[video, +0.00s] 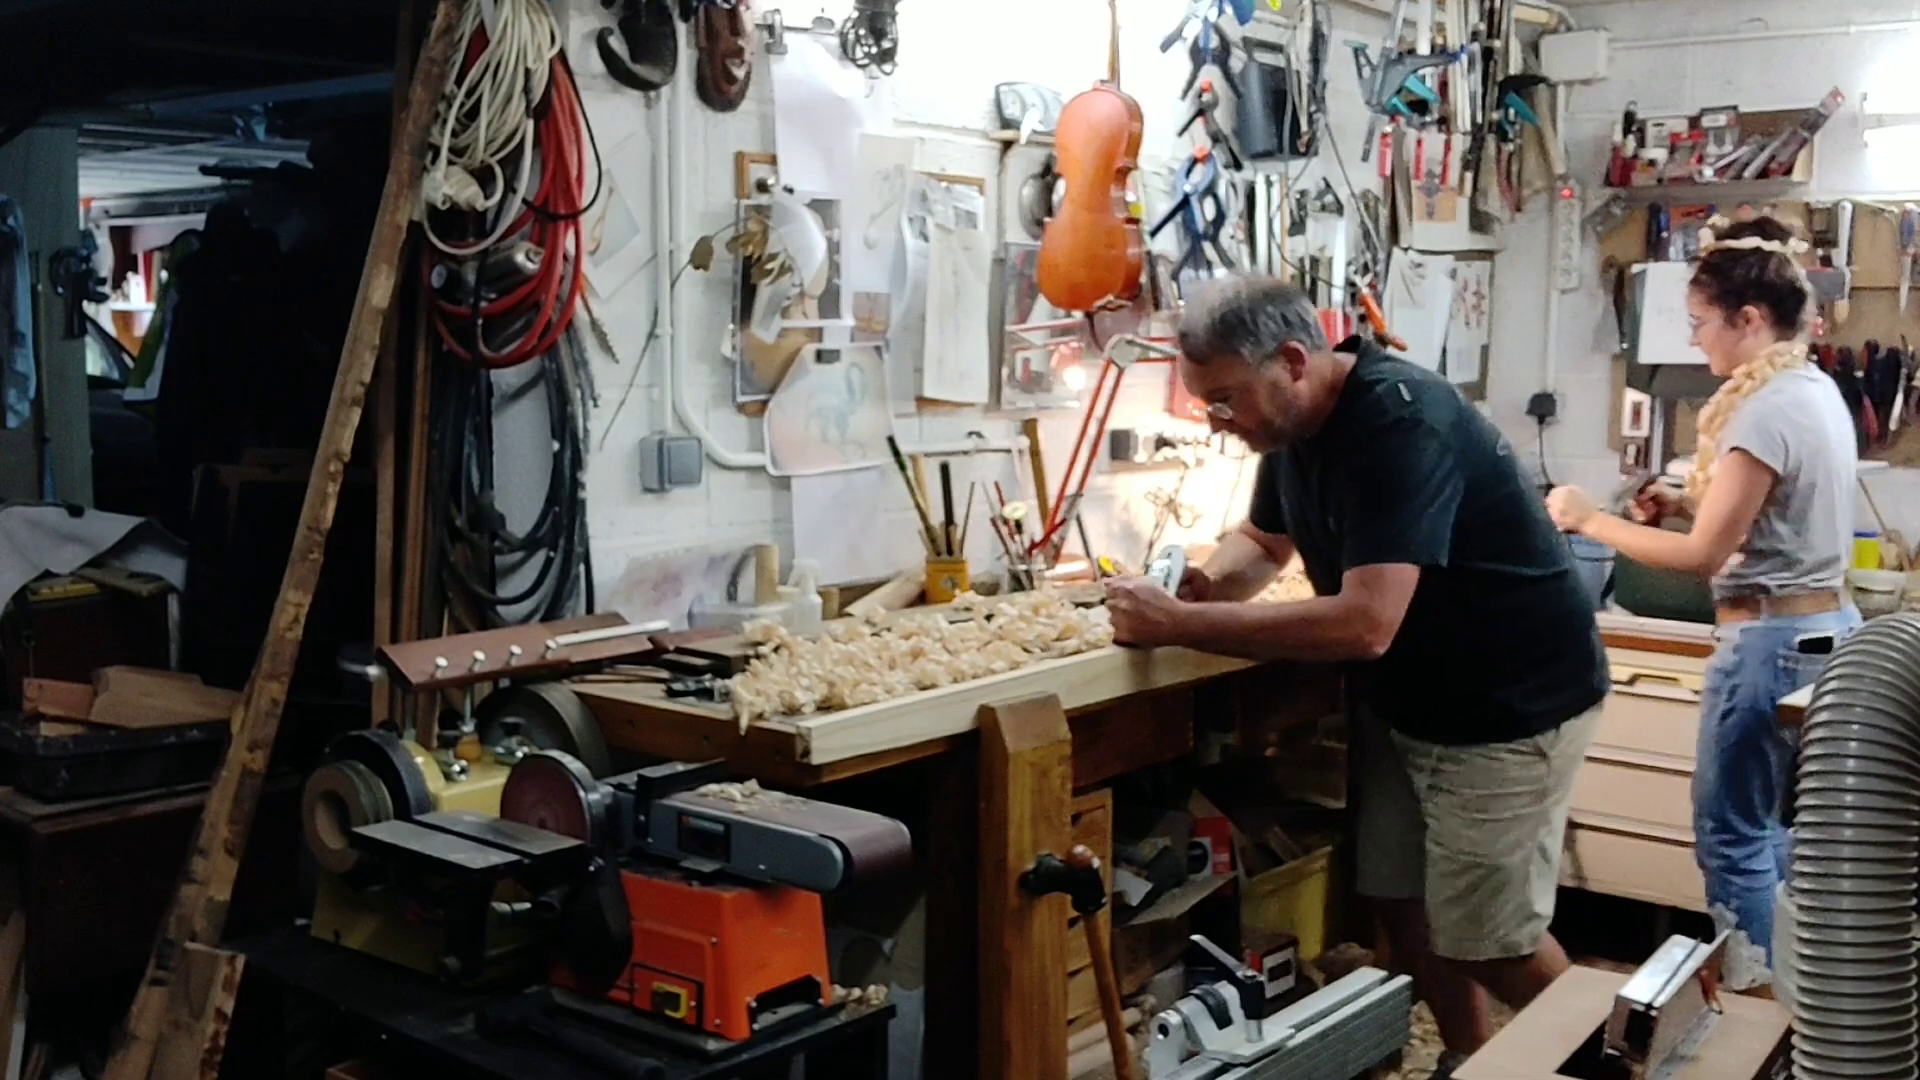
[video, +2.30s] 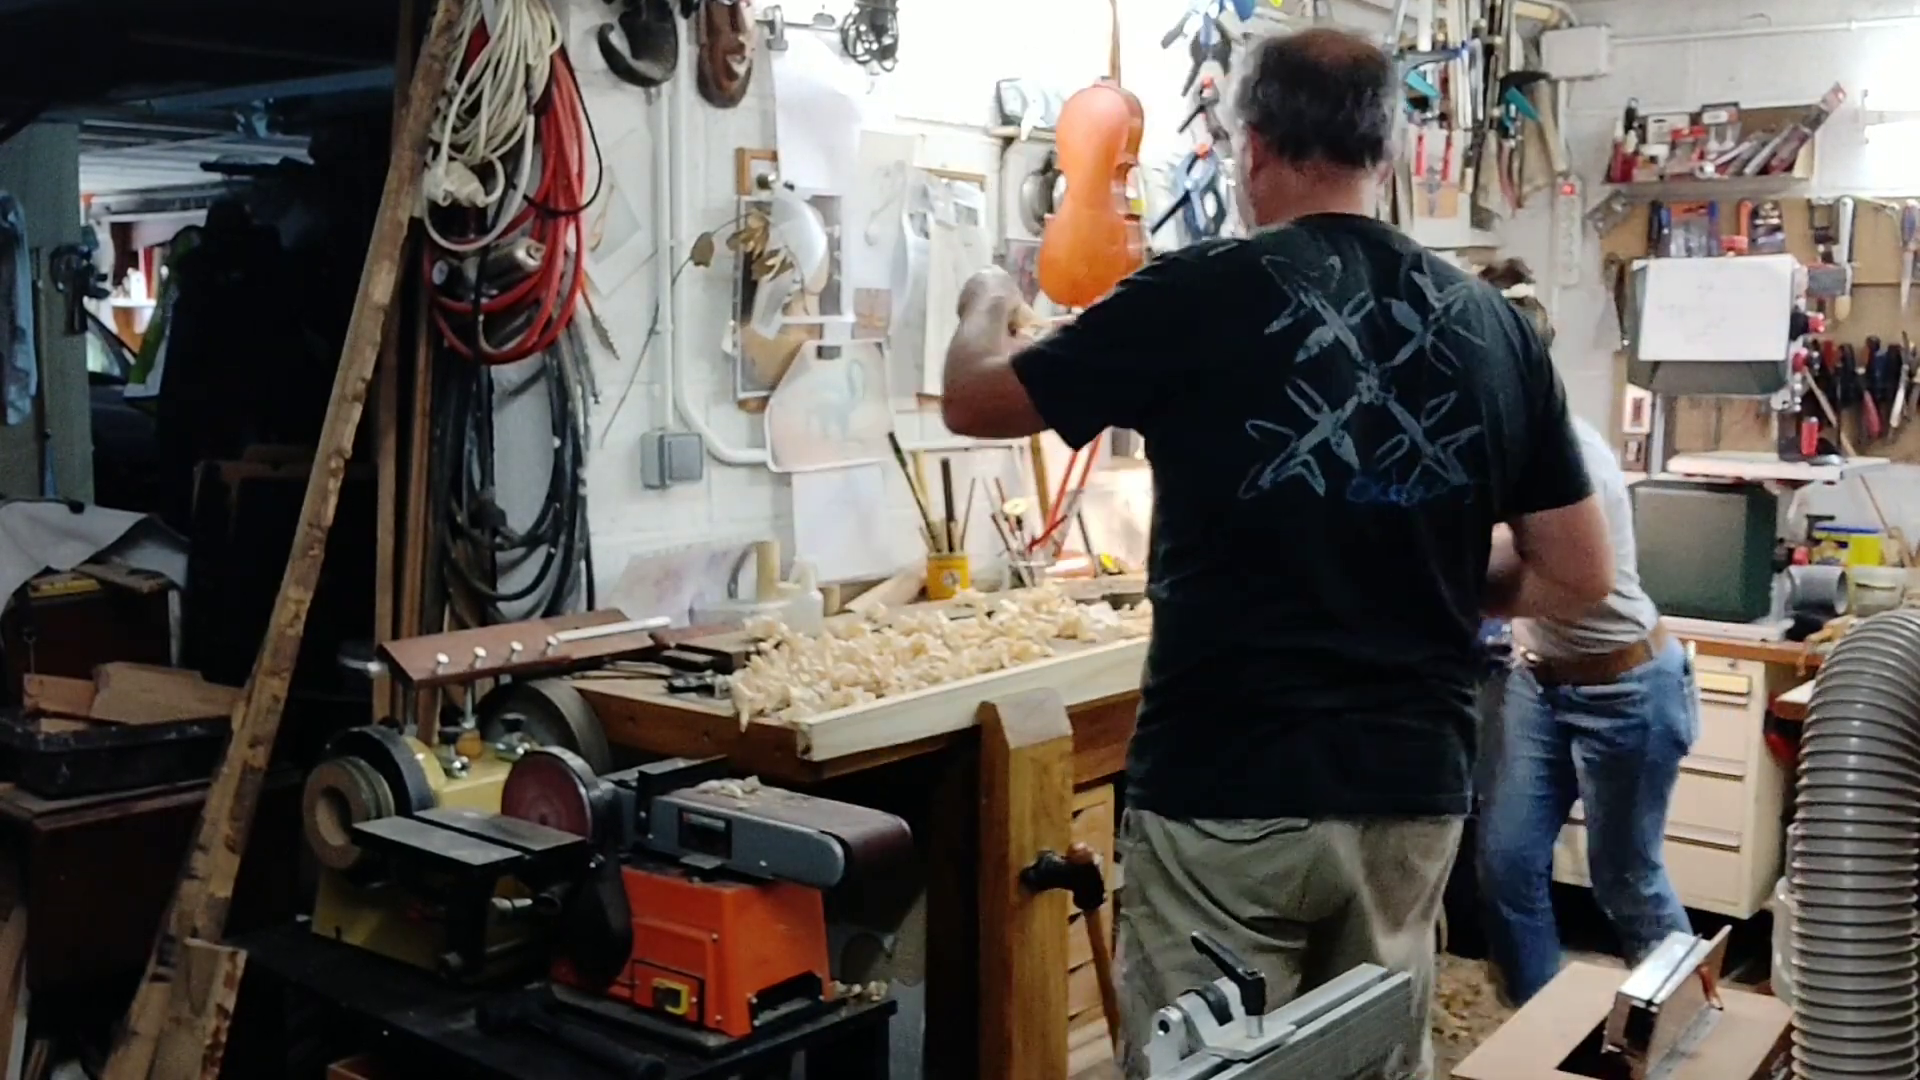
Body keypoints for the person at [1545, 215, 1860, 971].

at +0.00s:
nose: (1694, 341)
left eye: (1699, 323)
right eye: (1692, 324)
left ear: (1750, 319)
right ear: (1763, 317)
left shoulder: (1764, 411)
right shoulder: (1816, 392)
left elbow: (1700, 554)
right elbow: (1778, 507)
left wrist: (1590, 520)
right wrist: (1684, 504)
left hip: (1770, 638)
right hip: (1825, 625)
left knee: (1730, 831)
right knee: (1791, 818)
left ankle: (1750, 997)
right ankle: (1807, 978)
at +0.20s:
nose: (1650, 342)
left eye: (1658, 326)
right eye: (1648, 327)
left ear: (1711, 322)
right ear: (1709, 321)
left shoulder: (1746, 404)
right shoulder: (1718, 398)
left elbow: (1659, 548)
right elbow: (1681, 507)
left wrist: (1540, 538)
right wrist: (1608, 509)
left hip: (1763, 636)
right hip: (1732, 631)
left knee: (1716, 821)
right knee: (1671, 800)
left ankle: (1756, 995)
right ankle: (1694, 963)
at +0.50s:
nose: (1600, 345)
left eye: (1610, 328)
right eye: (1594, 330)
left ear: (1666, 321)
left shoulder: (1700, 409)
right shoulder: (1638, 406)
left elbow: (1646, 548)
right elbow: (1631, 510)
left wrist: (1523, 550)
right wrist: (1561, 510)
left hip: (1712, 628)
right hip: (1656, 625)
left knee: (1685, 818)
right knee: (1635, 805)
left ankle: (1749, 982)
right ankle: (1672, 963)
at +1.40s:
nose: (1537, 384)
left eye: (1550, 368)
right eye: (1528, 368)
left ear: (1603, 355)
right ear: (1521, 351)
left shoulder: (1646, 432)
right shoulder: (1561, 419)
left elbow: (1593, 569)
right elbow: (1516, 498)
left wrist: (1473, 559)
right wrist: (1464, 522)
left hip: (1680, 648)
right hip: (1612, 646)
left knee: (1618, 828)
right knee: (1629, 827)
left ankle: (1661, 995)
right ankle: (1689, 975)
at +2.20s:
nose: (1497, 396)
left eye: (1509, 382)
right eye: (1492, 381)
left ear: (1548, 379)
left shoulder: (1596, 453)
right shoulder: (1508, 453)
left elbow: (1536, 563)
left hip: (1646, 693)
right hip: (1559, 687)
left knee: (1612, 883)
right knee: (1533, 869)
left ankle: (1679, 1015)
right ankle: (1607, 1002)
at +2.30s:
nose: (1475, 383)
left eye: (1489, 362)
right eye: (1472, 365)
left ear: (1523, 363)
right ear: (1476, 377)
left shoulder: (1574, 450)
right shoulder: (1493, 455)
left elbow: (1588, 585)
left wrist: (1482, 580)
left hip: (1628, 686)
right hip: (1536, 681)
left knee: (1626, 881)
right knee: (1507, 859)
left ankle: (1687, 1015)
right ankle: (1540, 1024)